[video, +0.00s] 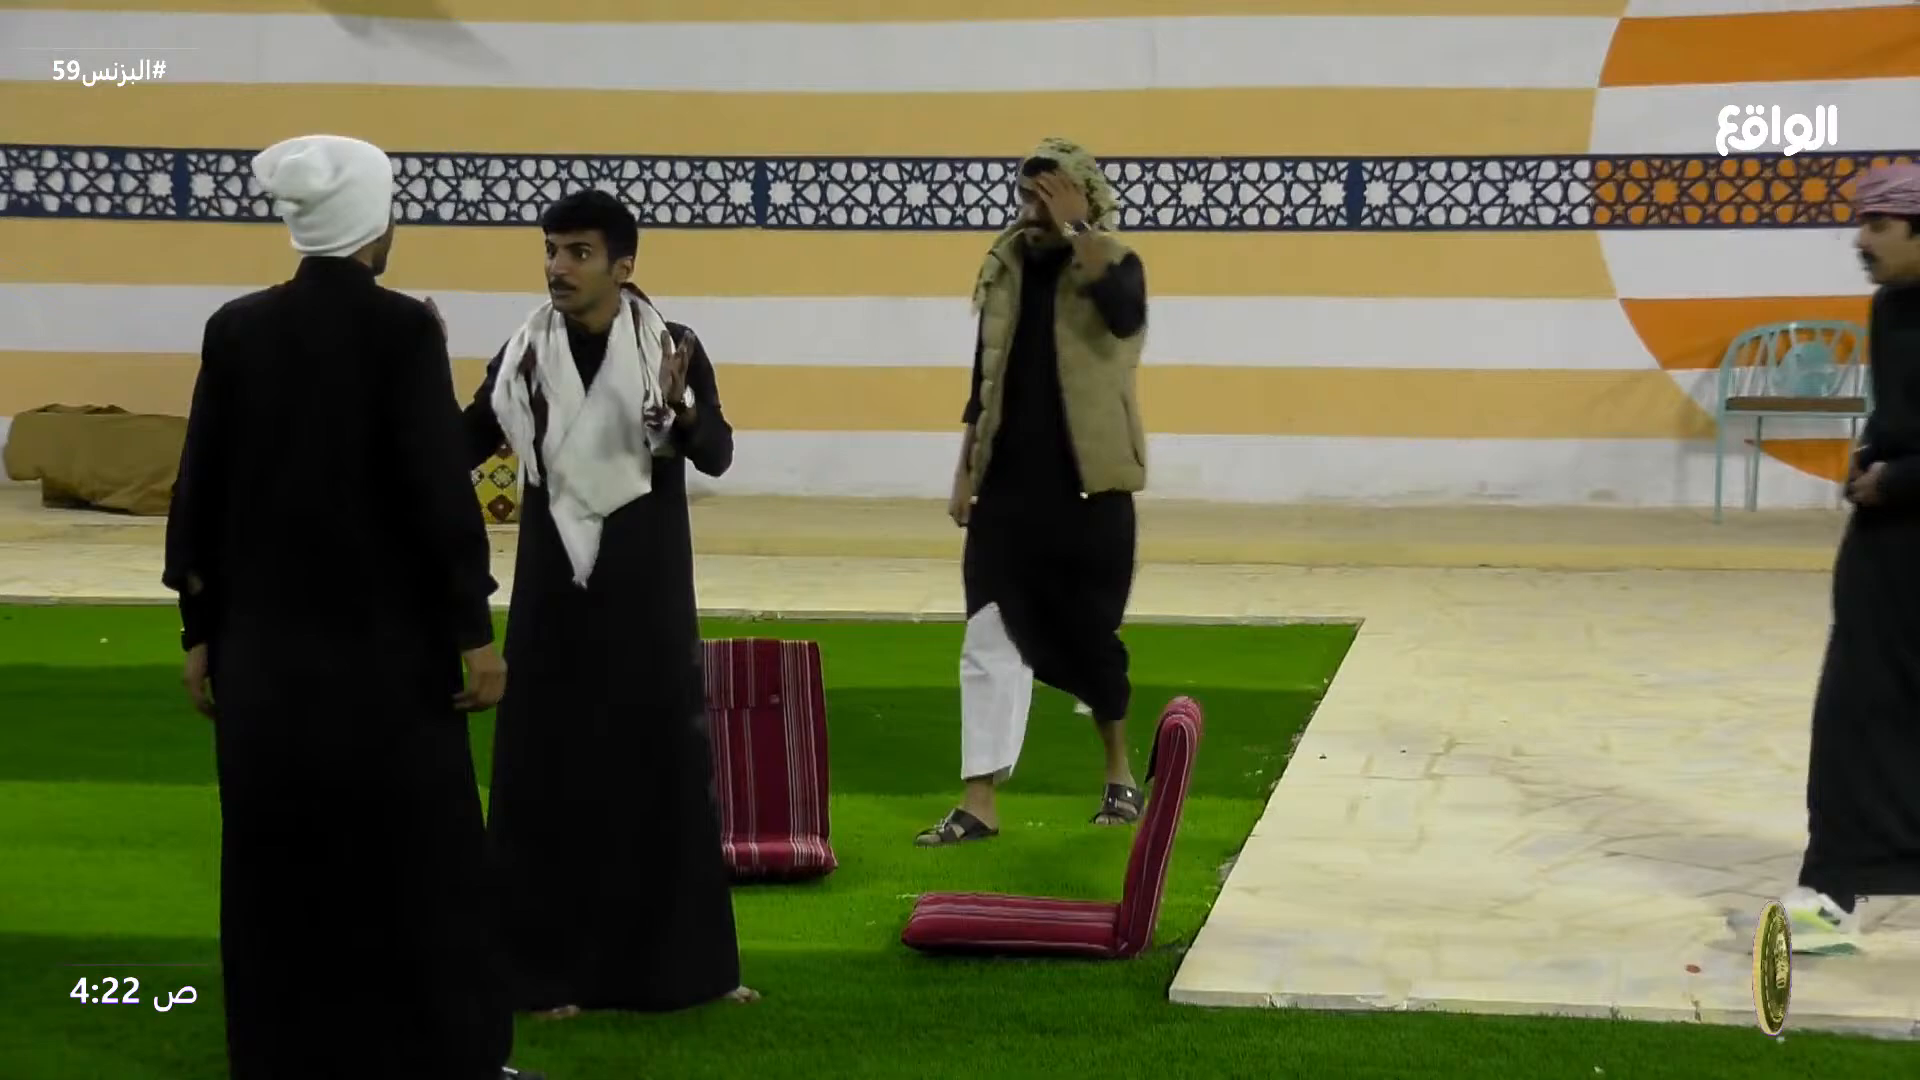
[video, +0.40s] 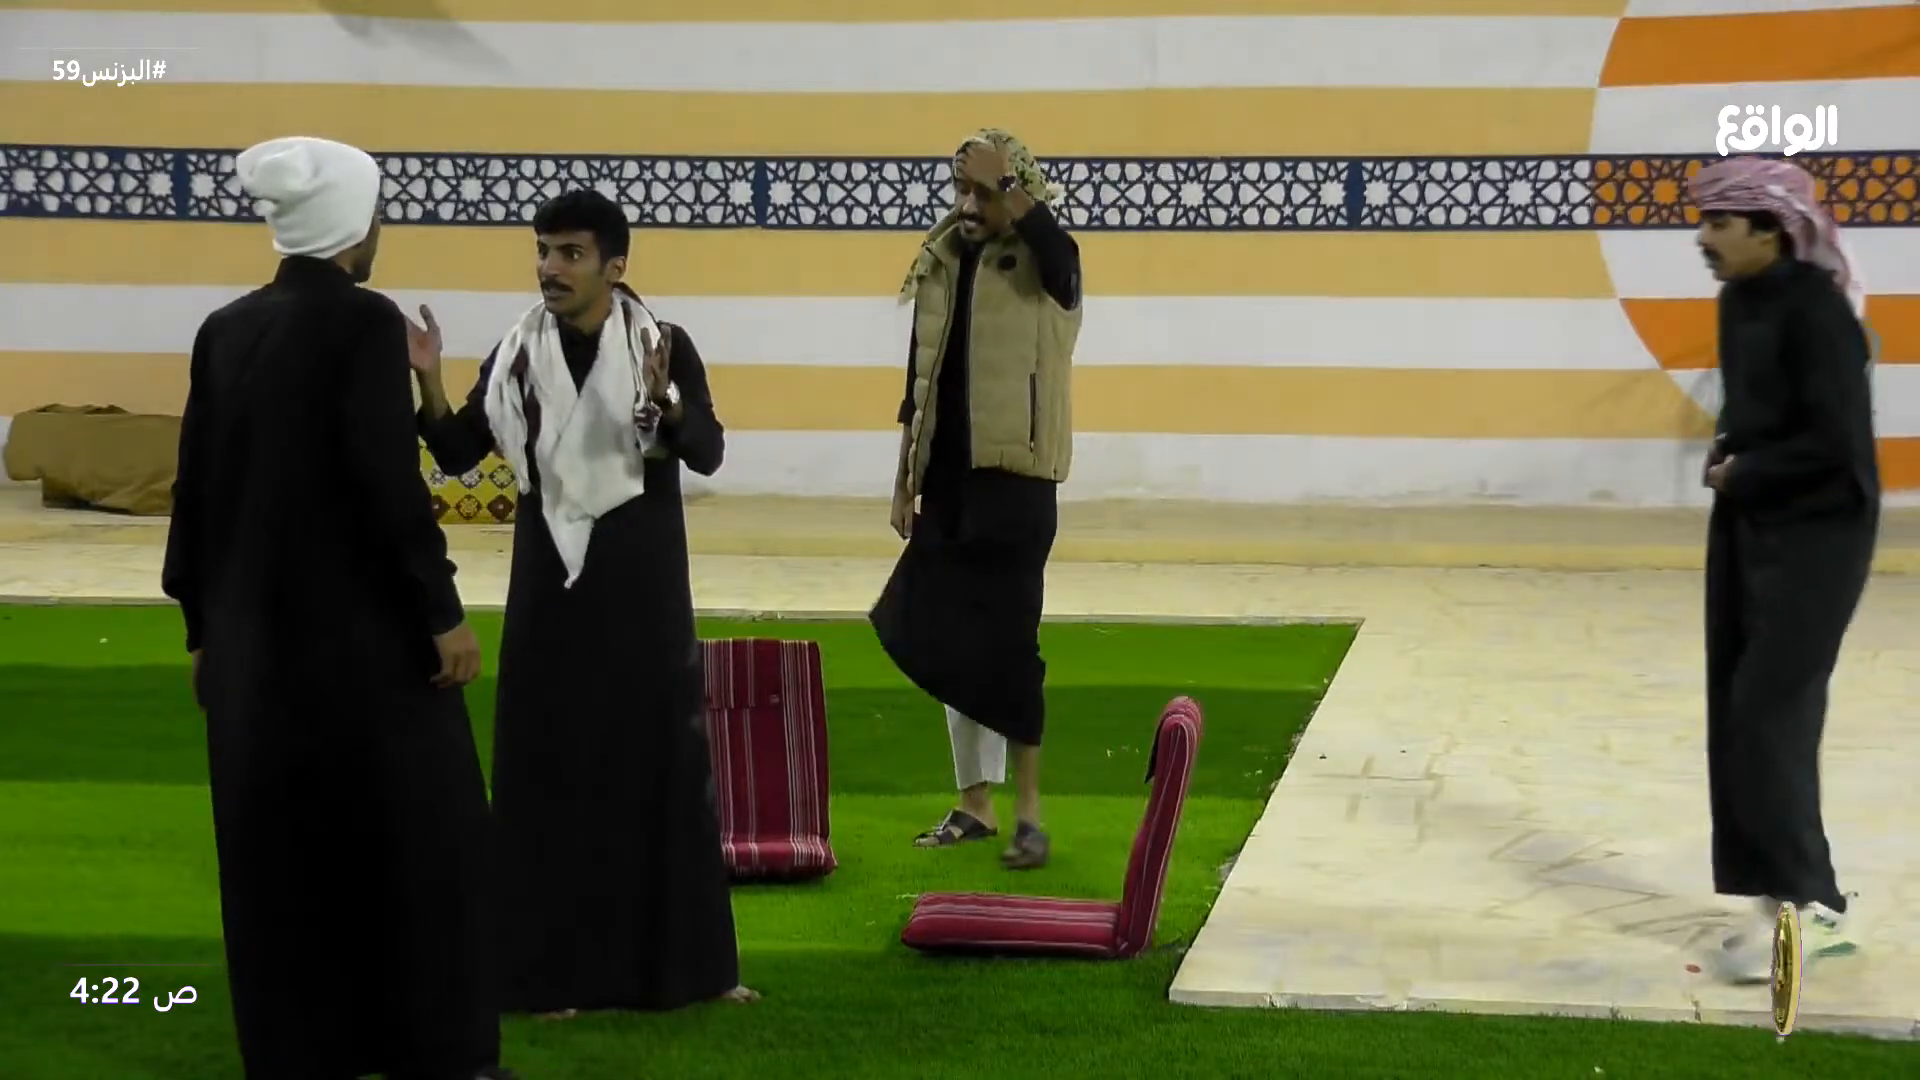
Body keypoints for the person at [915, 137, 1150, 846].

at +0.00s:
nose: (1034, 207)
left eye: (1047, 194)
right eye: (1027, 196)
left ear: (1084, 199)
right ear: (1021, 200)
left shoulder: (1113, 263)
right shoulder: (1002, 267)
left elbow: (1125, 316)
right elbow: (983, 378)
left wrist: (1080, 231)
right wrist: (967, 471)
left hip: (1090, 485)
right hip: (1008, 482)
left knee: (1090, 635)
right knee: (989, 640)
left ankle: (1119, 775)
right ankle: (978, 806)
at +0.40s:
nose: (969, 202)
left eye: (983, 189)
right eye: (961, 187)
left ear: (1020, 193)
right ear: (953, 187)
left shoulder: (1049, 260)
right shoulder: (939, 262)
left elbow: (1062, 272)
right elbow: (918, 381)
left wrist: (1020, 201)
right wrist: (906, 480)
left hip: (1017, 476)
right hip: (947, 476)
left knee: (1013, 643)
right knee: (955, 642)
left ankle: (1028, 815)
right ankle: (973, 809)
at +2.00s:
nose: (957, 195)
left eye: (973, 184)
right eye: (945, 181)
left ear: (1000, 195)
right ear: (924, 189)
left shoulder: (1029, 264)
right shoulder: (891, 263)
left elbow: (1086, 332)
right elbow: (845, 354)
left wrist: (1007, 270)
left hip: (994, 497)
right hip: (900, 491)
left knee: (991, 662)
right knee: (900, 658)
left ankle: (979, 829)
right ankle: (913, 825)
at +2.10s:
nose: (944, 195)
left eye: (962, 183)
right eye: (934, 179)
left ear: (992, 197)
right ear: (914, 189)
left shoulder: (1016, 266)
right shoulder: (884, 263)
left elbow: (1067, 322)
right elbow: (839, 349)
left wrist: (994, 248)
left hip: (984, 497)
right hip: (889, 489)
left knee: (980, 663)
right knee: (885, 652)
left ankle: (969, 828)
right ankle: (886, 820)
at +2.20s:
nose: (930, 202)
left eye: (946, 189)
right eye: (917, 187)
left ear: (976, 195)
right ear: (898, 192)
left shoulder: (1000, 261)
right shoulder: (880, 257)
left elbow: (1038, 298)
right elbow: (858, 291)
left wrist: (982, 215)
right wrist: (903, 221)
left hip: (976, 495)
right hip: (887, 492)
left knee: (969, 663)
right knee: (891, 653)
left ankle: (955, 814)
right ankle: (882, 816)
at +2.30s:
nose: (925, 203)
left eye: (940, 190)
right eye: (911, 186)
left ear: (968, 198)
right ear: (888, 191)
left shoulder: (990, 257)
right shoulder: (868, 250)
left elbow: (1028, 296)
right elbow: (849, 339)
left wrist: (973, 210)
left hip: (967, 485)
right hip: (878, 478)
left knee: (963, 651)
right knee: (884, 641)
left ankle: (945, 800)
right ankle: (876, 800)